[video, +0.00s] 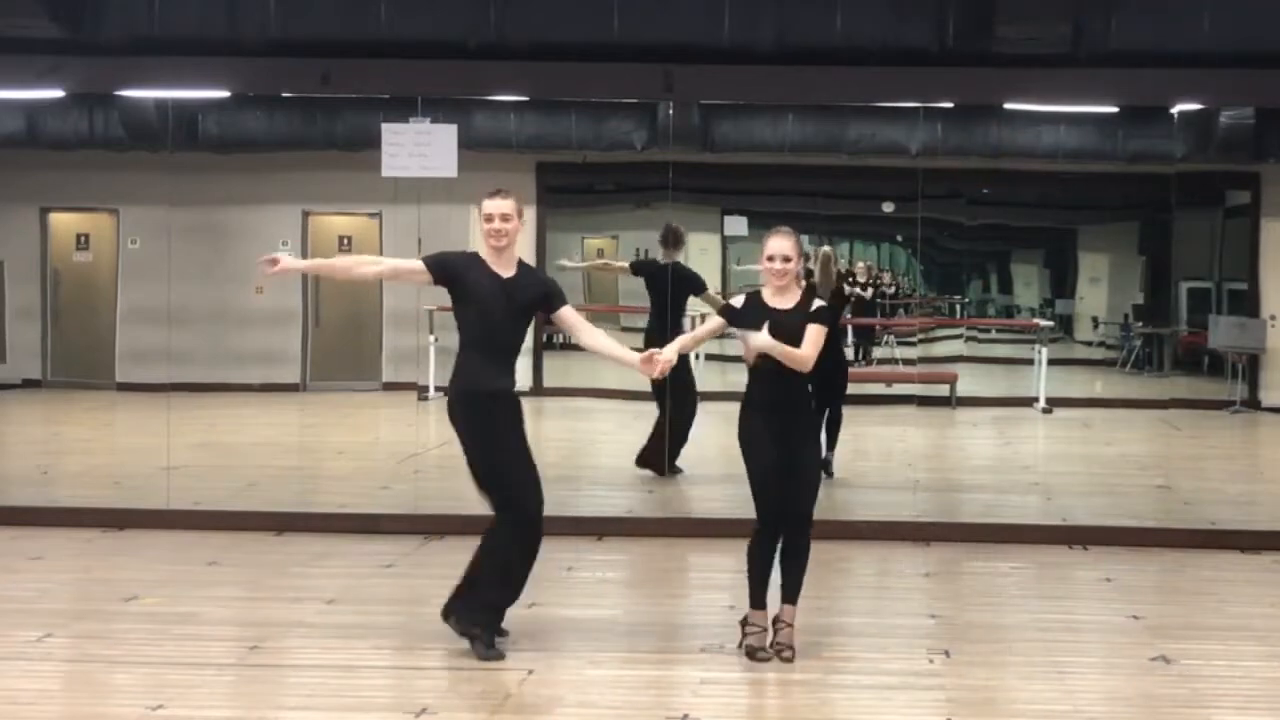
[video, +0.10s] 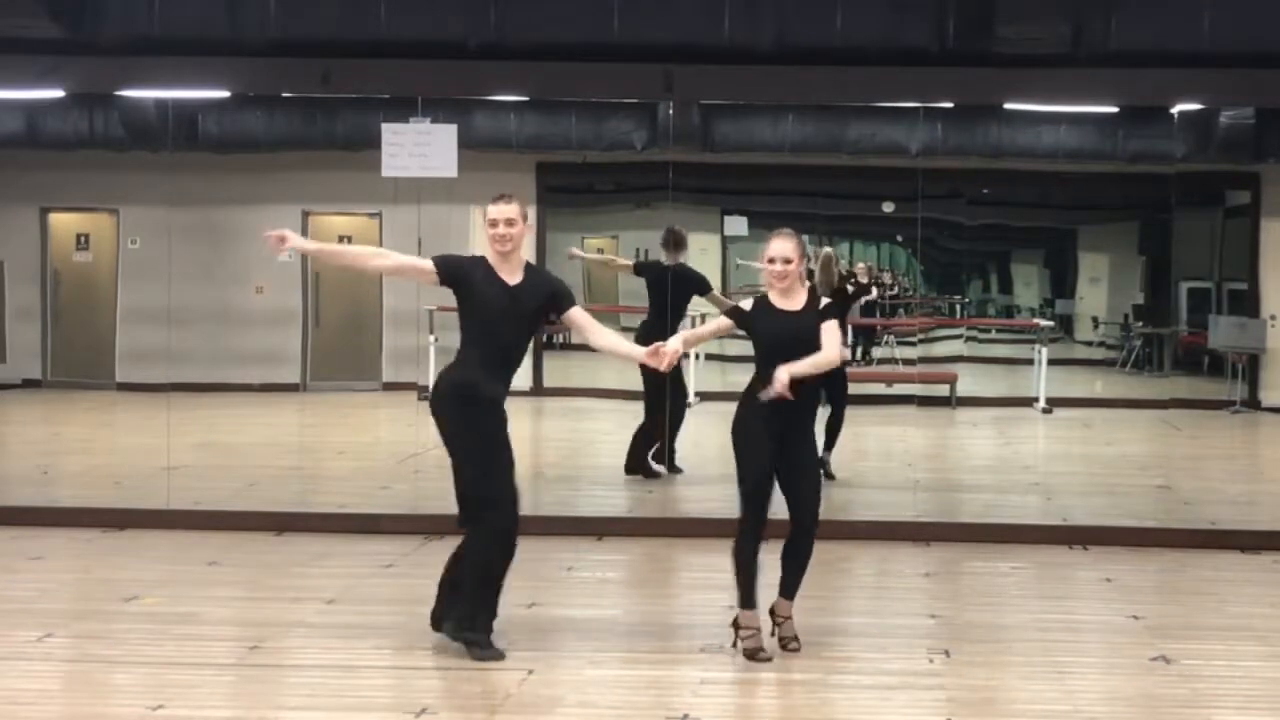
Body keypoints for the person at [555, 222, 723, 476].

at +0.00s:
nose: (672, 247)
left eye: (667, 242)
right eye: (679, 243)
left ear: (661, 243)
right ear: (682, 245)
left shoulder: (649, 267)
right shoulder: (687, 275)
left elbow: (610, 265)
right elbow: (715, 302)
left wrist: (576, 265)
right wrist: (736, 313)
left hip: (652, 340)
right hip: (675, 342)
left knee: (666, 400)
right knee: (686, 401)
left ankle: (653, 454)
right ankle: (664, 457)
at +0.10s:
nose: (676, 250)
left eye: (669, 246)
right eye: (680, 245)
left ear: (663, 247)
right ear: (685, 247)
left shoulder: (652, 268)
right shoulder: (691, 276)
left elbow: (615, 262)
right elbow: (723, 304)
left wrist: (582, 255)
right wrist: (746, 317)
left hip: (646, 337)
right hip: (668, 340)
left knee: (654, 401)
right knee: (675, 400)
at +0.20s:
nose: (673, 254)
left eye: (670, 249)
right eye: (678, 250)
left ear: (664, 250)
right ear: (686, 252)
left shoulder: (652, 272)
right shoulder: (695, 281)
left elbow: (618, 259)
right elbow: (726, 305)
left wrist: (594, 243)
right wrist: (747, 314)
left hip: (638, 340)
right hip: (664, 345)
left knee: (650, 401)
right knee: (651, 405)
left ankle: (657, 453)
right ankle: (636, 465)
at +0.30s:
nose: (672, 257)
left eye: (668, 253)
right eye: (677, 253)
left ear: (663, 255)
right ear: (685, 256)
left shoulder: (651, 276)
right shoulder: (695, 286)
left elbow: (616, 260)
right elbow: (729, 309)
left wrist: (593, 238)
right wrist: (754, 317)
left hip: (631, 349)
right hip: (659, 354)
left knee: (625, 395)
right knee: (658, 410)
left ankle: (623, 447)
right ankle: (638, 464)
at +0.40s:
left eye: (667, 254)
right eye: (677, 254)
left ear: (662, 256)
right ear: (684, 257)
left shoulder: (650, 278)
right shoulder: (695, 287)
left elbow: (612, 259)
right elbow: (729, 309)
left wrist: (594, 238)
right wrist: (754, 315)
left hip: (633, 351)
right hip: (662, 357)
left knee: (611, 398)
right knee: (662, 414)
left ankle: (585, 450)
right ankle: (638, 467)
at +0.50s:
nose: (668, 258)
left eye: (665, 255)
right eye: (675, 255)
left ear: (660, 256)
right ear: (683, 257)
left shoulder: (648, 280)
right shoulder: (692, 287)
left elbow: (612, 262)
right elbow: (727, 307)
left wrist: (609, 246)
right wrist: (753, 315)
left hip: (637, 358)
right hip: (666, 363)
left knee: (616, 403)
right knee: (663, 415)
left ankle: (577, 447)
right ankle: (638, 467)